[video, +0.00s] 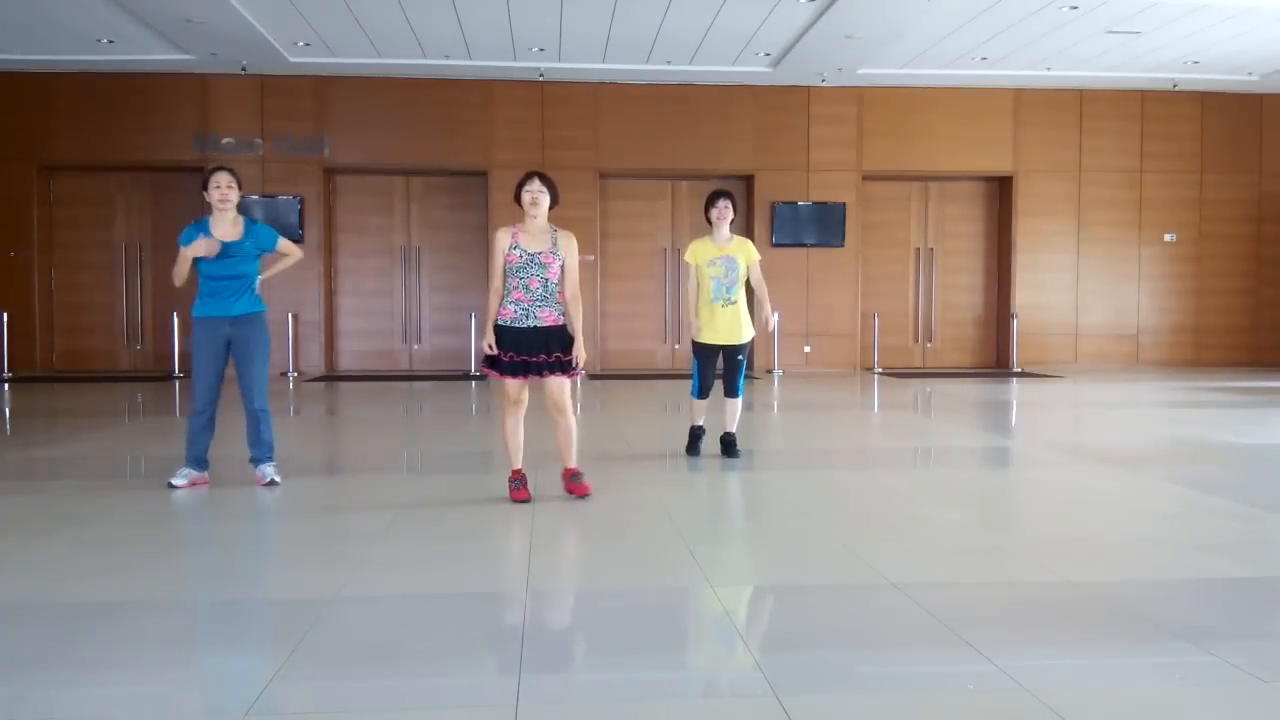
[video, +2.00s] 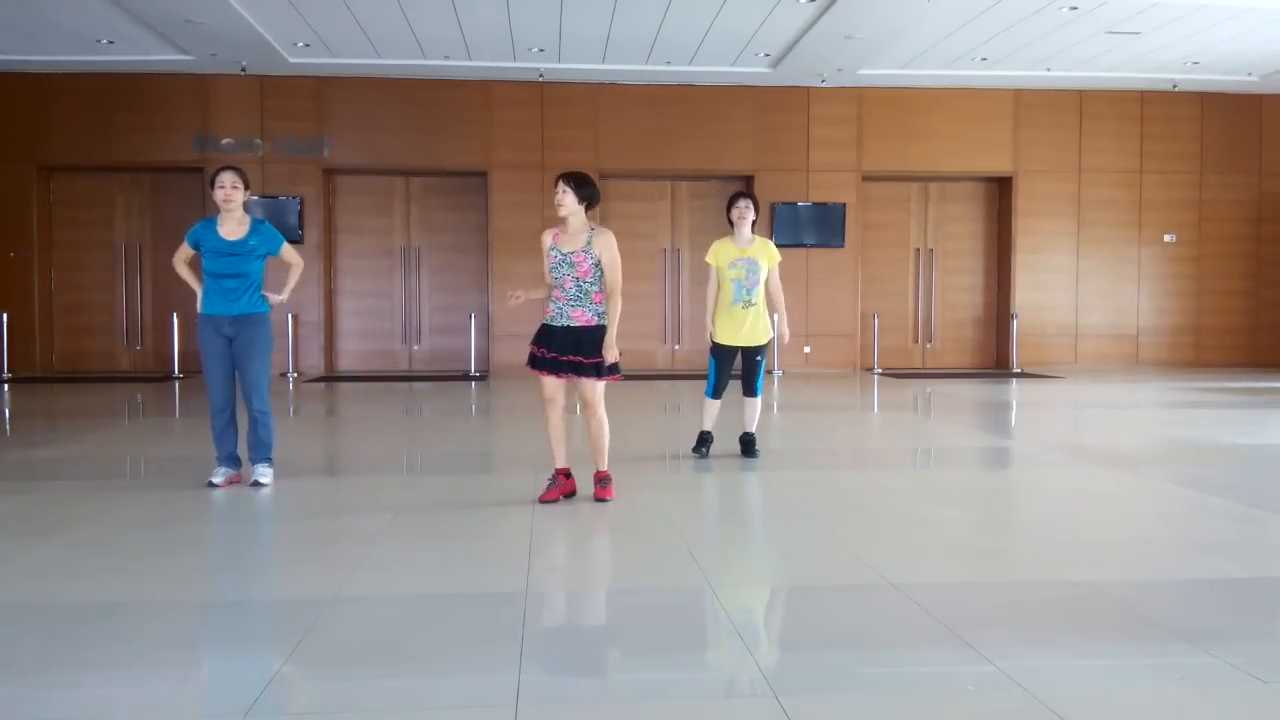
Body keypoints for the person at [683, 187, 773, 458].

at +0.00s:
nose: (721, 211)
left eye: (726, 207)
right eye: (716, 207)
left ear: (733, 213)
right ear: (708, 212)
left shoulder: (745, 246)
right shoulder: (696, 248)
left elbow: (758, 282)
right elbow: (691, 287)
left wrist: (767, 309)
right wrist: (692, 320)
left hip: (738, 328)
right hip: (705, 328)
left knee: (734, 387)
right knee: (701, 386)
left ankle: (729, 436)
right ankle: (696, 432)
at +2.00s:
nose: (742, 211)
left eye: (747, 207)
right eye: (737, 207)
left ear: (755, 214)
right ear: (729, 214)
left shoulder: (767, 248)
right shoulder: (719, 247)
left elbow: (775, 288)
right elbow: (712, 288)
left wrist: (782, 319)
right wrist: (708, 322)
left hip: (757, 327)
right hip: (725, 327)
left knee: (752, 387)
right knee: (715, 385)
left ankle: (749, 437)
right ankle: (705, 436)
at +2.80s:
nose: (715, 214)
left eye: (720, 211)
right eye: (710, 210)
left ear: (726, 217)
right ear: (701, 215)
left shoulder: (735, 249)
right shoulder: (687, 247)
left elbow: (742, 289)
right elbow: (678, 285)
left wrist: (745, 323)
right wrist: (671, 322)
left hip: (723, 327)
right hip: (690, 326)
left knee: (733, 385)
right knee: (693, 385)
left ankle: (745, 436)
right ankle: (694, 436)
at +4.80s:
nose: (727, 212)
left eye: (732, 209)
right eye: (722, 208)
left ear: (739, 215)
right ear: (713, 213)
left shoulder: (747, 248)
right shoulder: (699, 246)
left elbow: (758, 287)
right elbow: (687, 287)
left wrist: (757, 320)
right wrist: (684, 323)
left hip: (738, 328)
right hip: (703, 327)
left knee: (740, 387)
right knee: (701, 386)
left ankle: (747, 437)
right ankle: (696, 437)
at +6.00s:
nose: (729, 217)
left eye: (735, 212)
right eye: (726, 212)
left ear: (747, 216)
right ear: (722, 217)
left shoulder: (763, 248)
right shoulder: (716, 248)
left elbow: (785, 277)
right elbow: (710, 287)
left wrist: (775, 307)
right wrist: (706, 322)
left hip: (753, 327)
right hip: (721, 327)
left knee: (753, 387)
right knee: (711, 386)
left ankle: (754, 436)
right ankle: (700, 436)